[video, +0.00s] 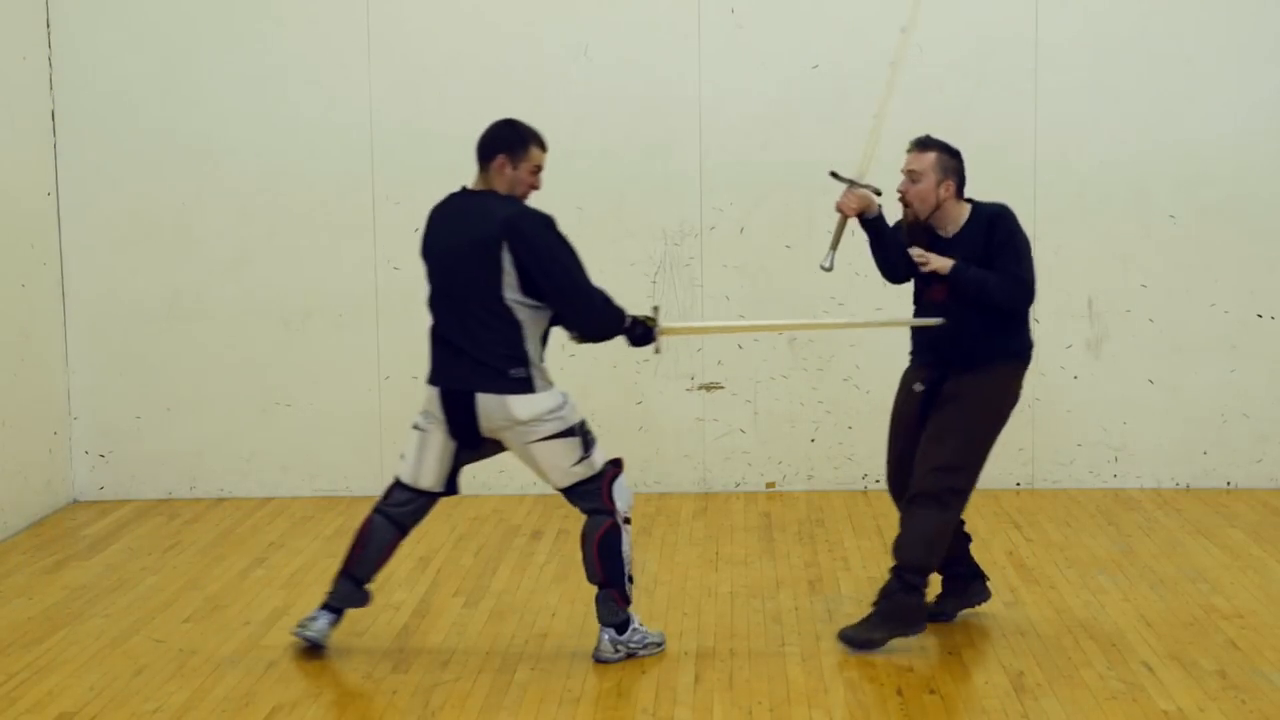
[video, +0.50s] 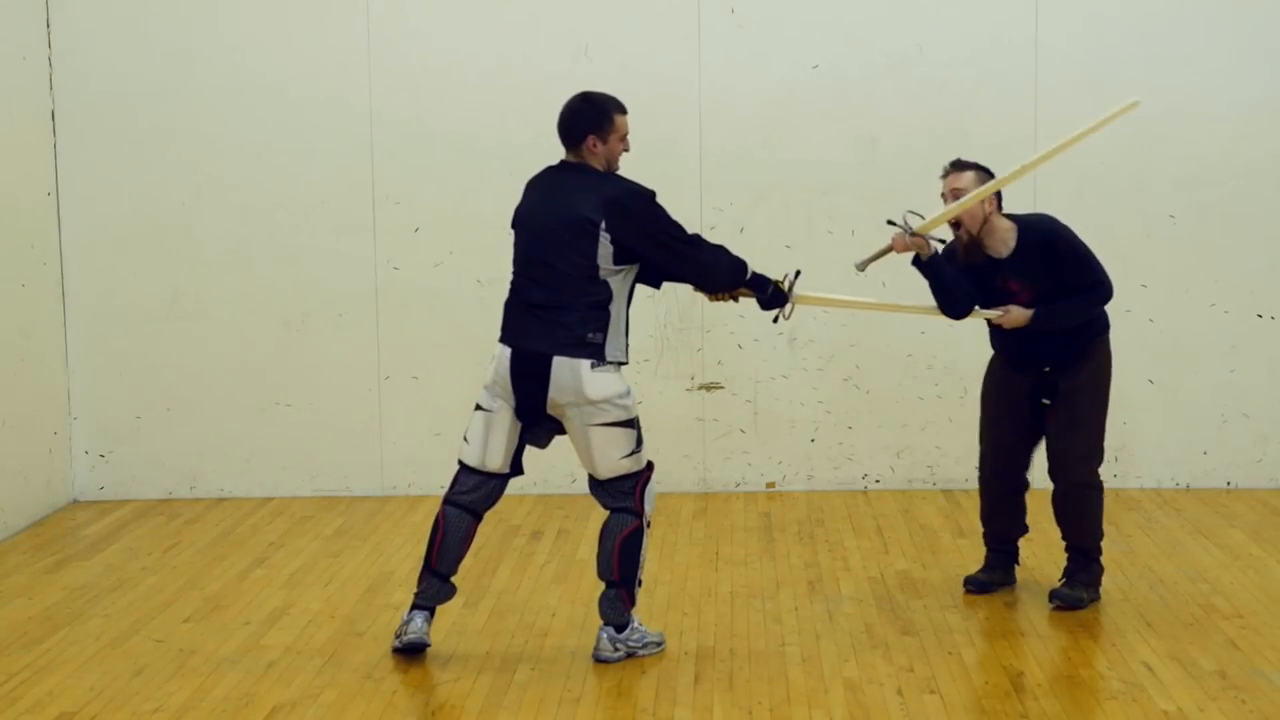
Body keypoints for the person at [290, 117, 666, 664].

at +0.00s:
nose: (537, 183)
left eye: (539, 171)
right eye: (532, 170)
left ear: (492, 166)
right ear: (501, 163)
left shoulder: (442, 215)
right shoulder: (524, 223)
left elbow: (476, 295)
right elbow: (578, 305)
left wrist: (554, 311)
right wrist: (627, 326)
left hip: (450, 393)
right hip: (520, 394)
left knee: (405, 498)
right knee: (602, 495)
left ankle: (328, 612)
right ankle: (617, 628)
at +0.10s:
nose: (568, 156)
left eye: (567, 145)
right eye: (562, 146)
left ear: (518, 149)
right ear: (532, 148)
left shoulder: (482, 203)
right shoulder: (564, 208)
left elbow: (541, 286)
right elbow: (623, 276)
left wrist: (622, 299)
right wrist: (683, 304)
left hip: (484, 377)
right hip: (556, 381)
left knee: (445, 490)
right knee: (616, 496)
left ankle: (381, 610)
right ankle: (618, 627)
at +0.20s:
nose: (587, 138)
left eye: (584, 130)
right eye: (579, 132)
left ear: (538, 143)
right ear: (551, 141)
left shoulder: (507, 196)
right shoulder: (592, 199)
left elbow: (584, 267)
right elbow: (655, 255)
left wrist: (663, 284)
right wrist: (726, 285)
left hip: (502, 369)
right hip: (573, 373)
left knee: (460, 486)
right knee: (621, 494)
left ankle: (403, 608)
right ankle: (617, 628)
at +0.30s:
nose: (607, 139)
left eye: (605, 129)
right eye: (600, 131)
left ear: (559, 140)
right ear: (572, 138)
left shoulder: (523, 191)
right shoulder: (609, 197)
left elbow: (600, 259)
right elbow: (675, 251)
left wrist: (681, 277)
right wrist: (743, 282)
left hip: (511, 364)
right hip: (582, 369)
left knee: (471, 482)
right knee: (623, 496)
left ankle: (417, 609)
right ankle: (617, 628)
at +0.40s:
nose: (619, 146)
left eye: (618, 136)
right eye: (613, 137)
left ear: (568, 141)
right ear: (586, 140)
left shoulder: (531, 191)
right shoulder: (617, 199)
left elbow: (611, 258)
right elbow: (685, 252)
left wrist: (690, 275)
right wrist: (752, 281)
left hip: (514, 362)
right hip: (586, 369)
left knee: (472, 484)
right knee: (625, 495)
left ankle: (421, 613)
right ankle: (617, 628)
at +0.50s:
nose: (626, 148)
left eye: (625, 137)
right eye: (622, 138)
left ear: (575, 141)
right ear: (594, 141)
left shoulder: (537, 190)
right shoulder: (621, 199)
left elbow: (617, 258)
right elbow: (690, 253)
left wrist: (695, 275)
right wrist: (757, 282)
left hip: (516, 362)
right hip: (588, 370)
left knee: (472, 485)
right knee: (626, 495)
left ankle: (420, 613)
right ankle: (617, 628)